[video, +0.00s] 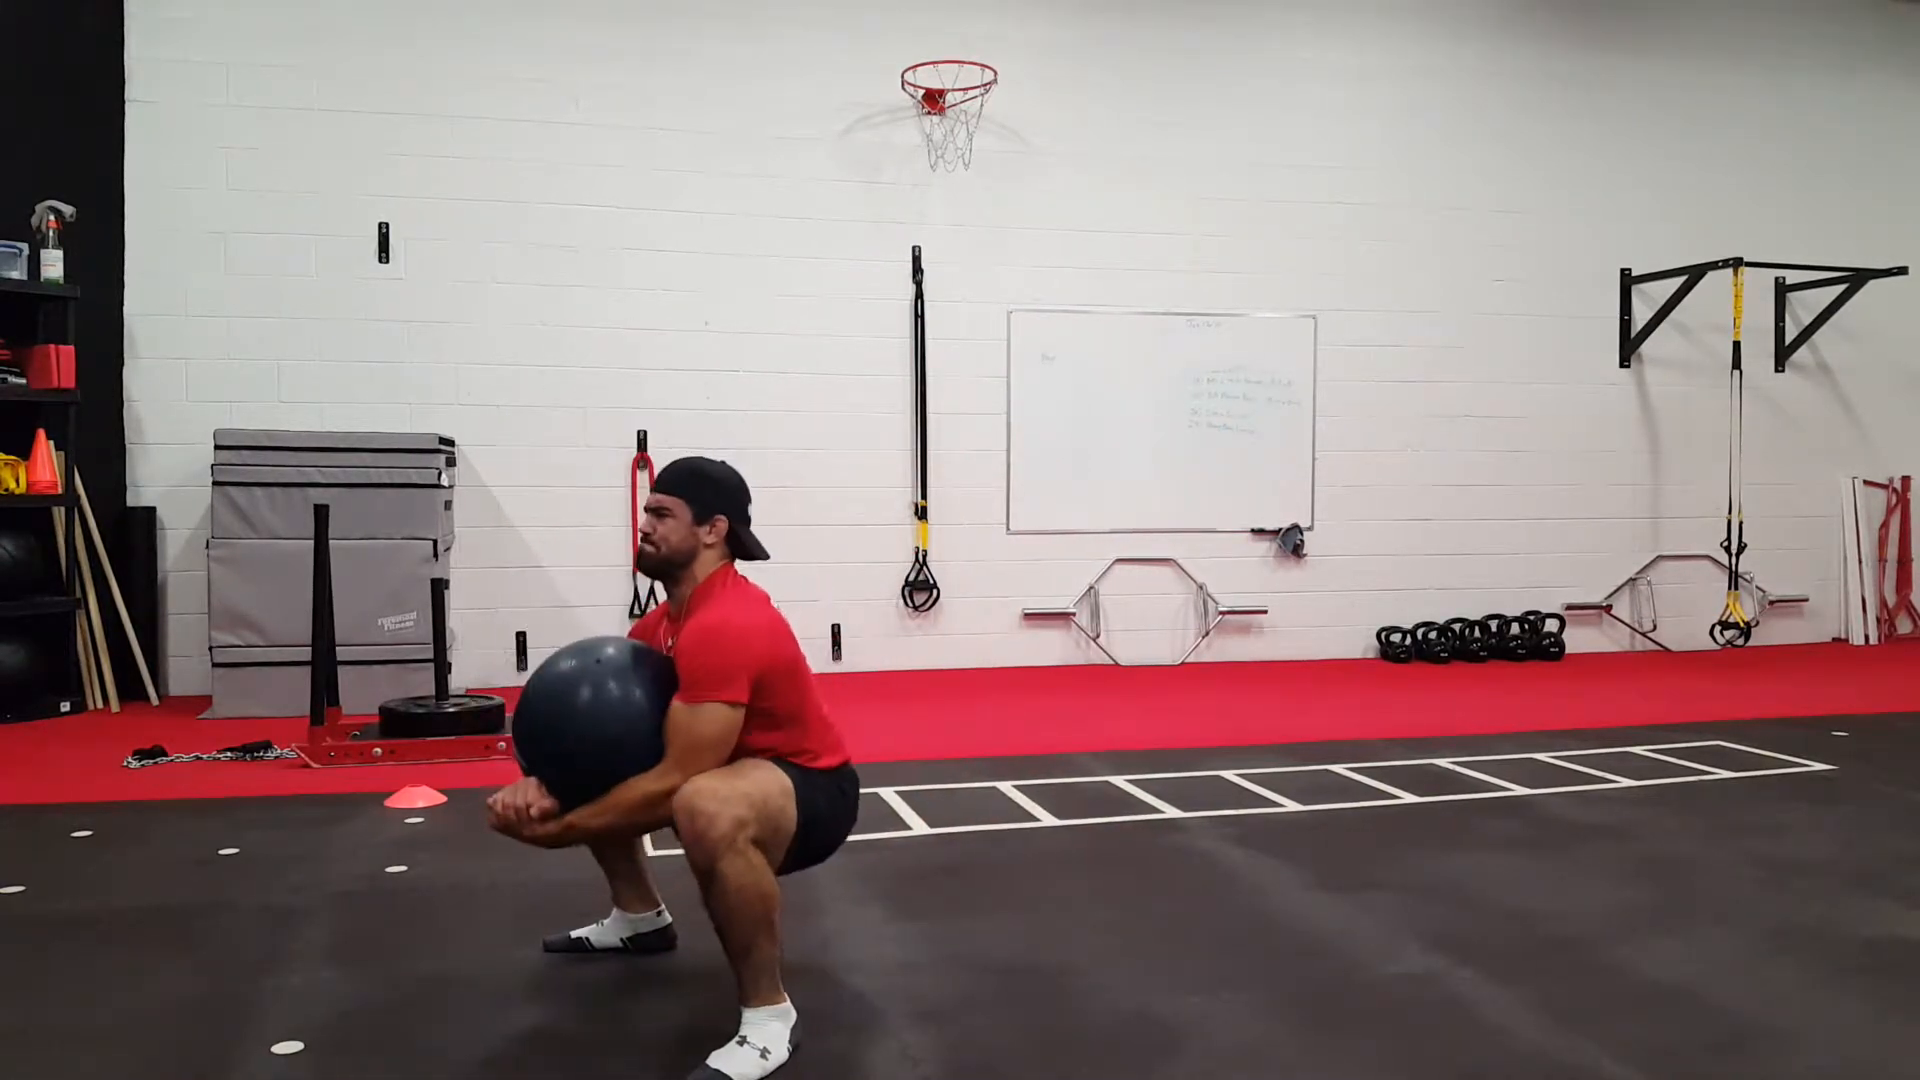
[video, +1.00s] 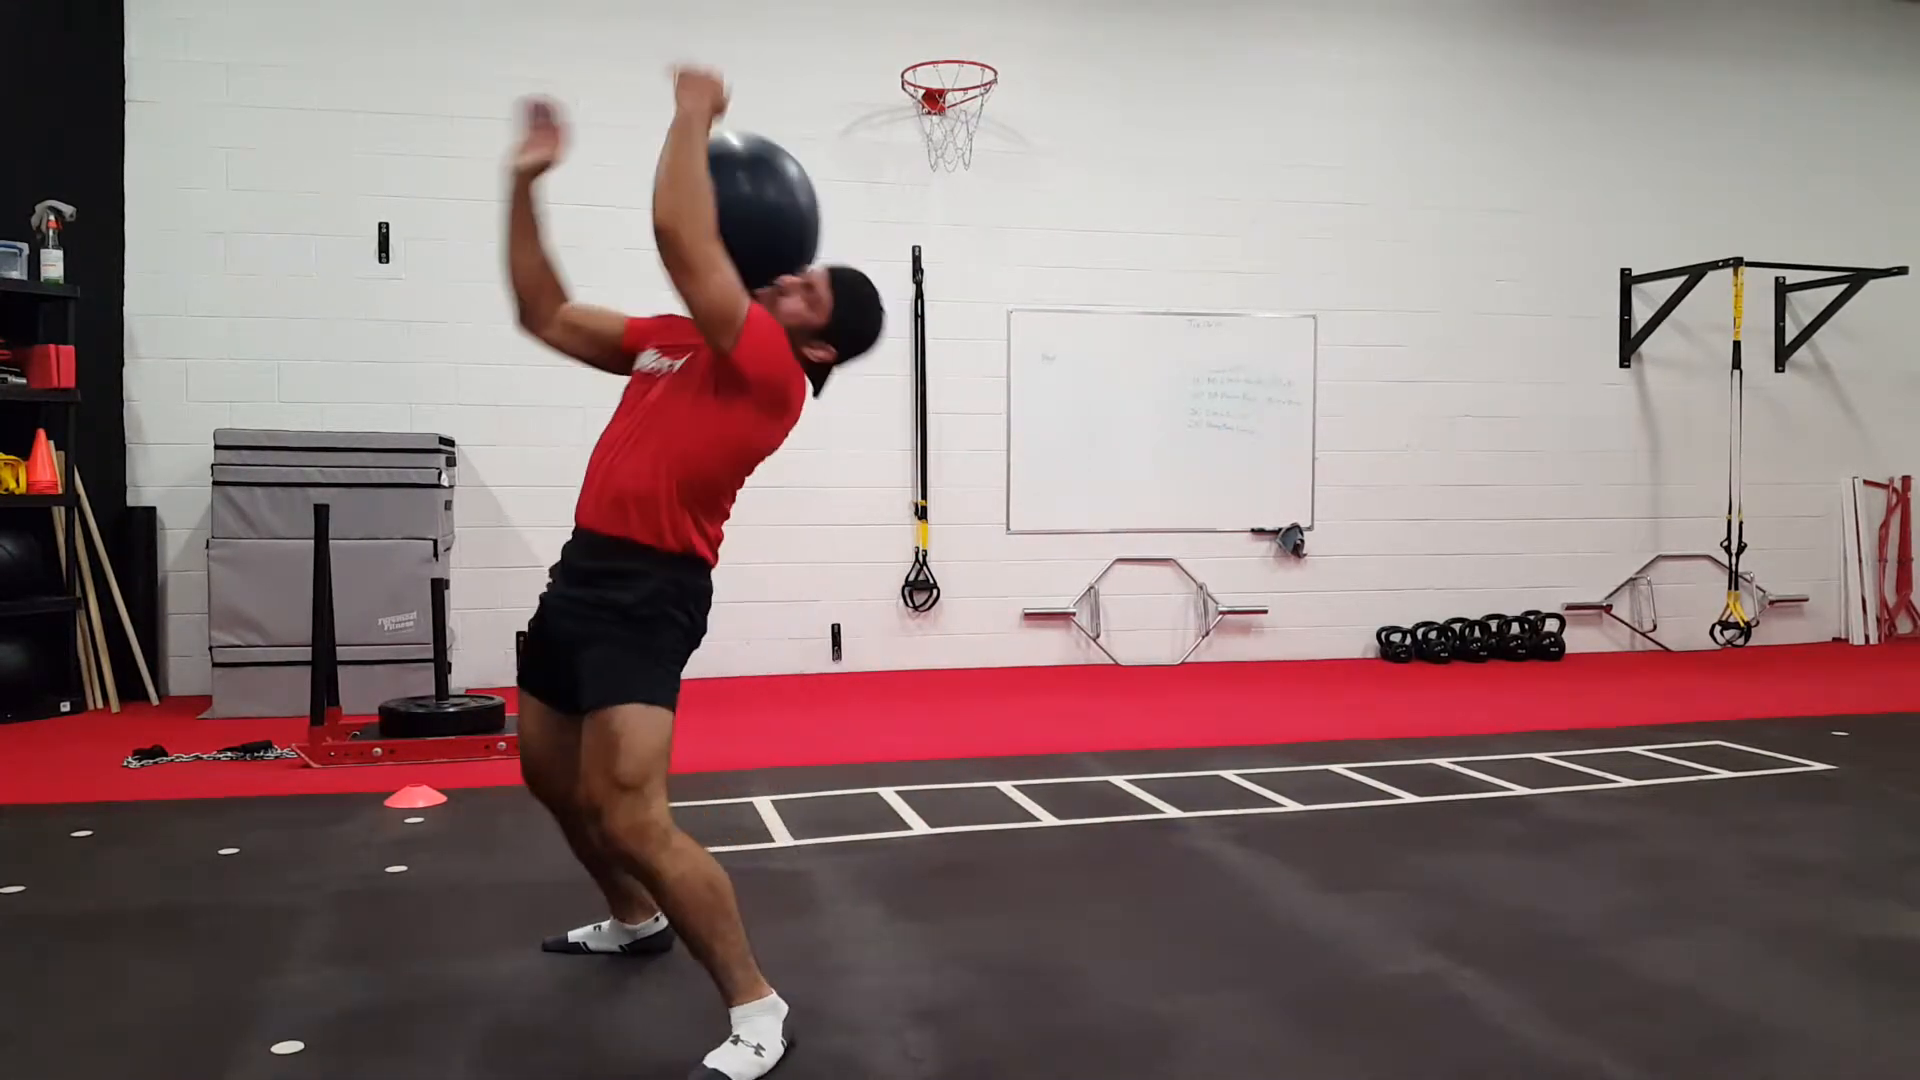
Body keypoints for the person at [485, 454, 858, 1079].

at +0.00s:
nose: (644, 524)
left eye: (662, 514)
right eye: (646, 512)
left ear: (713, 532)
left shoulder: (727, 624)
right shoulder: (658, 622)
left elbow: (680, 781)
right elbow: (591, 717)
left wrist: (552, 832)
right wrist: (546, 787)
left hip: (812, 781)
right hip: (721, 767)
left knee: (707, 808)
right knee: (589, 757)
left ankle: (767, 1014)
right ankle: (638, 912)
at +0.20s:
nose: (636, 481)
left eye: (654, 471)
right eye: (639, 469)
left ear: (706, 492)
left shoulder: (724, 588)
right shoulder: (654, 590)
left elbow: (687, 745)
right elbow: (601, 693)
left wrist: (573, 799)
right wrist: (551, 758)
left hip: (809, 738)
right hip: (724, 735)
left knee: (694, 809)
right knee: (584, 756)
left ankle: (766, 1015)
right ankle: (638, 913)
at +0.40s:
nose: (664, 388)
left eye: (681, 377)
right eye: (669, 376)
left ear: (729, 400)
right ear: (711, 403)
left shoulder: (740, 491)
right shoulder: (680, 499)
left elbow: (686, 643)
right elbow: (617, 595)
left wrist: (568, 678)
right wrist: (555, 654)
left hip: (800, 677)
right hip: (720, 676)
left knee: (687, 809)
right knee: (572, 747)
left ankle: (765, 1014)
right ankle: (638, 914)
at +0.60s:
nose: (768, 275)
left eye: (790, 271)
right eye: (780, 267)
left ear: (820, 310)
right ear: (804, 307)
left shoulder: (792, 366)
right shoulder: (764, 368)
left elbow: (673, 464)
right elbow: (683, 450)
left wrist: (560, 456)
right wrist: (588, 440)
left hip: (760, 595)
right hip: (702, 590)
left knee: (673, 797)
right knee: (579, 747)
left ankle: (764, 1008)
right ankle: (639, 915)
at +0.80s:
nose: (836, 277)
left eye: (853, 290)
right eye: (847, 276)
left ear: (859, 339)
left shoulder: (805, 334)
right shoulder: (721, 339)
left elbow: (682, 236)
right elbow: (590, 294)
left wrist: (635, 162)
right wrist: (597, 181)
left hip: (687, 560)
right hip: (624, 553)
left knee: (673, 792)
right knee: (582, 753)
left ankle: (763, 1007)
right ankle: (639, 917)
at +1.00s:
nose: (783, 285)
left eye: (803, 293)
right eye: (793, 277)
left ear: (821, 347)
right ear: (772, 280)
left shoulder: (776, 373)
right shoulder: (687, 339)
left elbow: (682, 231)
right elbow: (548, 314)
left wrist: (694, 116)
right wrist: (524, 185)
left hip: (653, 587)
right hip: (584, 575)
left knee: (629, 813)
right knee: (553, 774)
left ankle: (756, 1007)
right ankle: (639, 918)